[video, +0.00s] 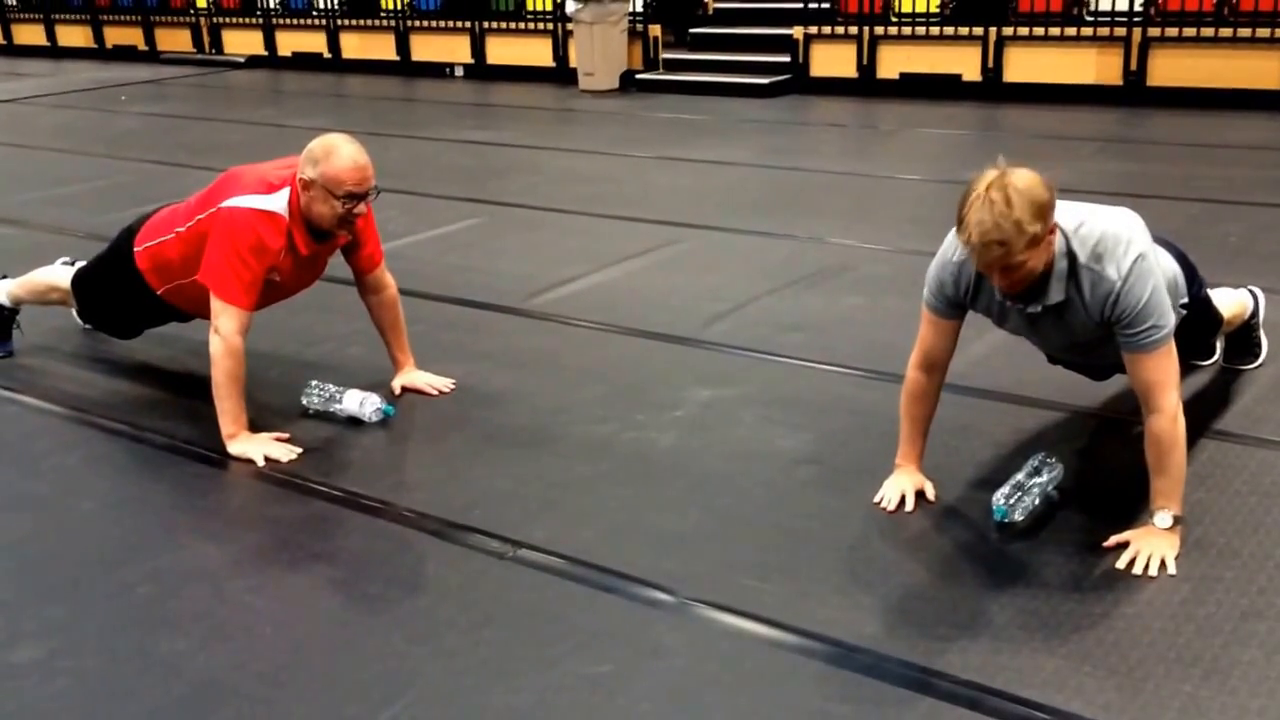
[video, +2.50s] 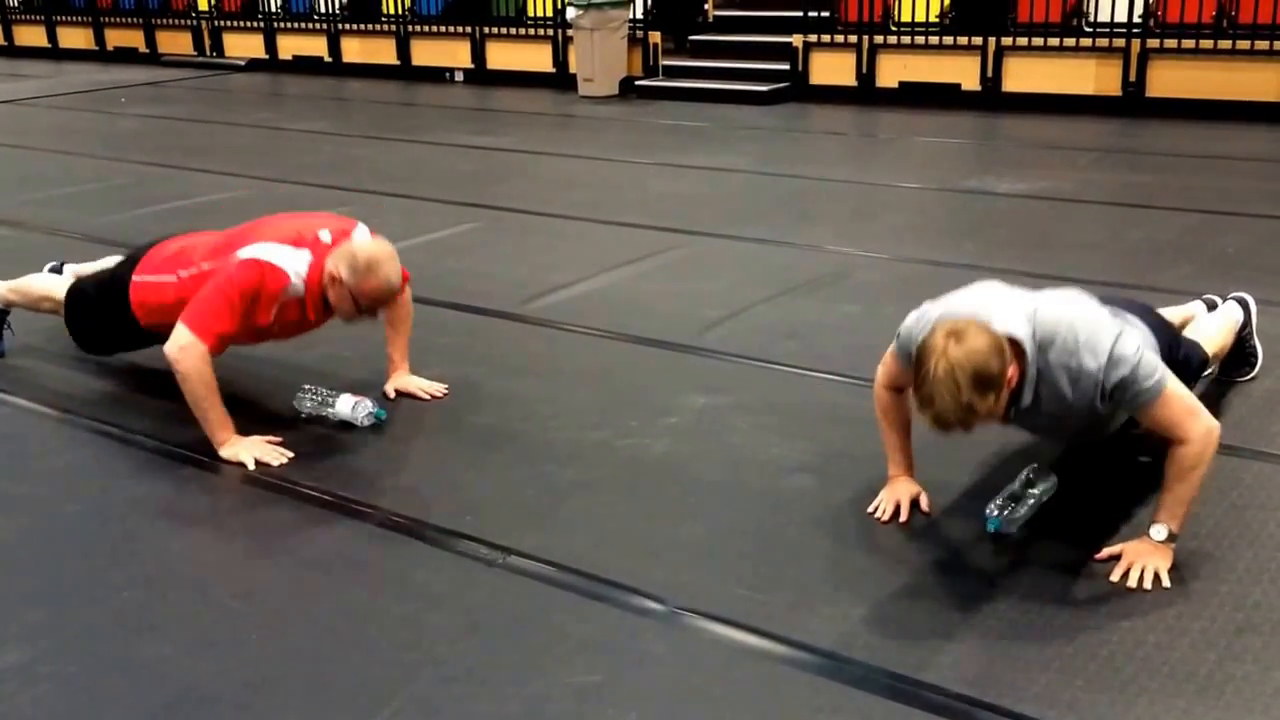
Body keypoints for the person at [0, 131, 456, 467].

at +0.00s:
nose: (359, 209)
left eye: (364, 197)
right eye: (349, 197)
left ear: (366, 189)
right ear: (306, 185)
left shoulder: (347, 205)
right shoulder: (251, 225)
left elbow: (377, 282)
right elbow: (227, 334)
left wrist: (405, 364)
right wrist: (236, 435)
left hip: (195, 280)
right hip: (144, 273)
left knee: (128, 305)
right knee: (76, 288)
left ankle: (80, 290)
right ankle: (5, 294)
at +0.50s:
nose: (359, 226)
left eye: (365, 215)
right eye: (349, 216)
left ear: (366, 203)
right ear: (311, 197)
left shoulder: (349, 207)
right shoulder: (251, 234)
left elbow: (382, 285)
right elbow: (212, 337)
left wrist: (404, 365)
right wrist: (235, 436)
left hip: (198, 275)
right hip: (144, 273)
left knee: (108, 295)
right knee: (75, 286)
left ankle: (71, 283)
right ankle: (5, 293)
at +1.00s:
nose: (389, 388)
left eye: (399, 382)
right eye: (380, 381)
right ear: (356, 346)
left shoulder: (394, 296)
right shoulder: (279, 327)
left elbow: (399, 285)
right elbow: (176, 355)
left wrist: (402, 371)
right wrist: (232, 437)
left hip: (236, 284)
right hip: (173, 310)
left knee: (152, 282)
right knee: (82, 310)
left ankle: (77, 267)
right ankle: (10, 290)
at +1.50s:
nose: (356, 267)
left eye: (369, 257)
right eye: (349, 254)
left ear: (380, 226)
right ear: (323, 220)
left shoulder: (358, 209)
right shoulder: (253, 233)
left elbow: (379, 283)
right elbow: (217, 334)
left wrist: (401, 368)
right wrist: (231, 436)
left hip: (198, 271)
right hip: (149, 265)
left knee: (124, 300)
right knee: (79, 287)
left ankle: (82, 302)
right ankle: (5, 290)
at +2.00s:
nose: (360, 361)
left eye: (371, 355)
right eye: (357, 353)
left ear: (396, 314)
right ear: (336, 322)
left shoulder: (379, 285)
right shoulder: (260, 316)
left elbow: (409, 288)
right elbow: (166, 362)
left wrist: (400, 367)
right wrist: (229, 440)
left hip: (209, 277)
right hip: (152, 311)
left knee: (139, 281)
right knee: (75, 310)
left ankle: (70, 271)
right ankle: (8, 292)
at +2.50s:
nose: (363, 315)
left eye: (375, 306)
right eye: (358, 305)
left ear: (390, 282)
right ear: (333, 279)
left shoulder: (368, 250)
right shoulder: (258, 274)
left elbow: (400, 294)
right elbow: (185, 352)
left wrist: (401, 369)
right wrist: (228, 440)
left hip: (193, 259)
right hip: (142, 290)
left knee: (121, 272)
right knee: (69, 298)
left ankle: (73, 272)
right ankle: (5, 292)